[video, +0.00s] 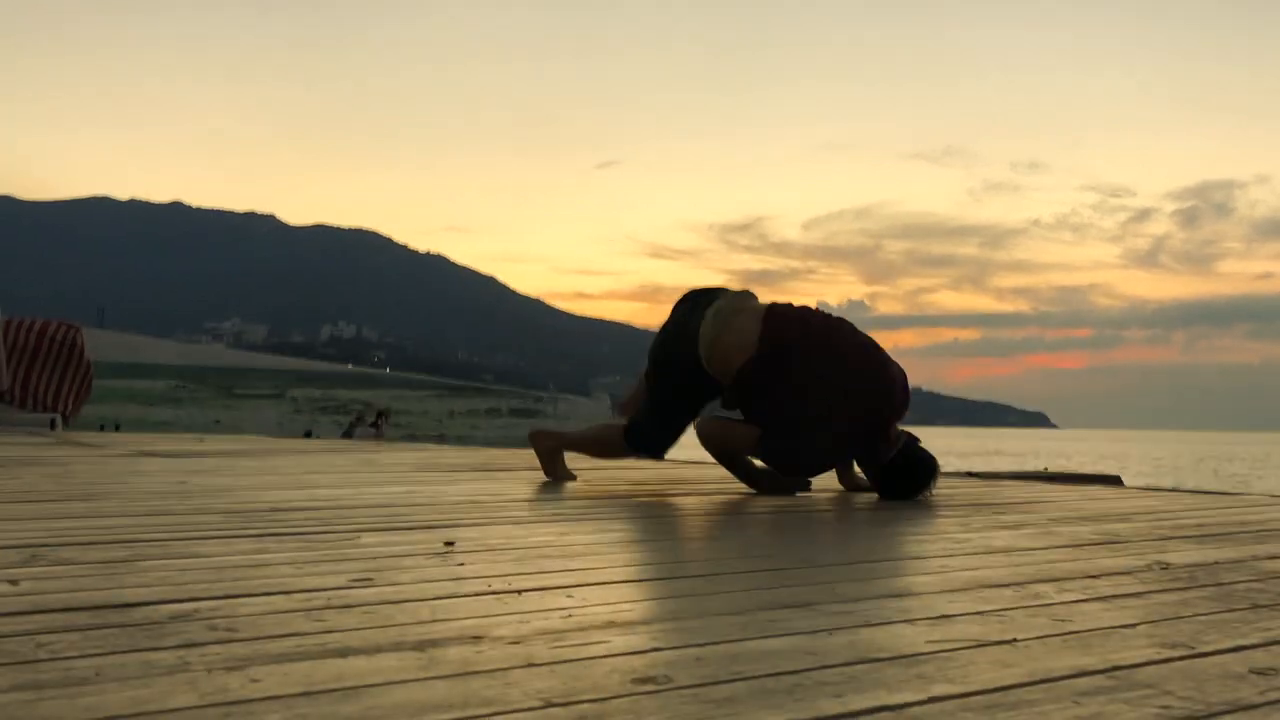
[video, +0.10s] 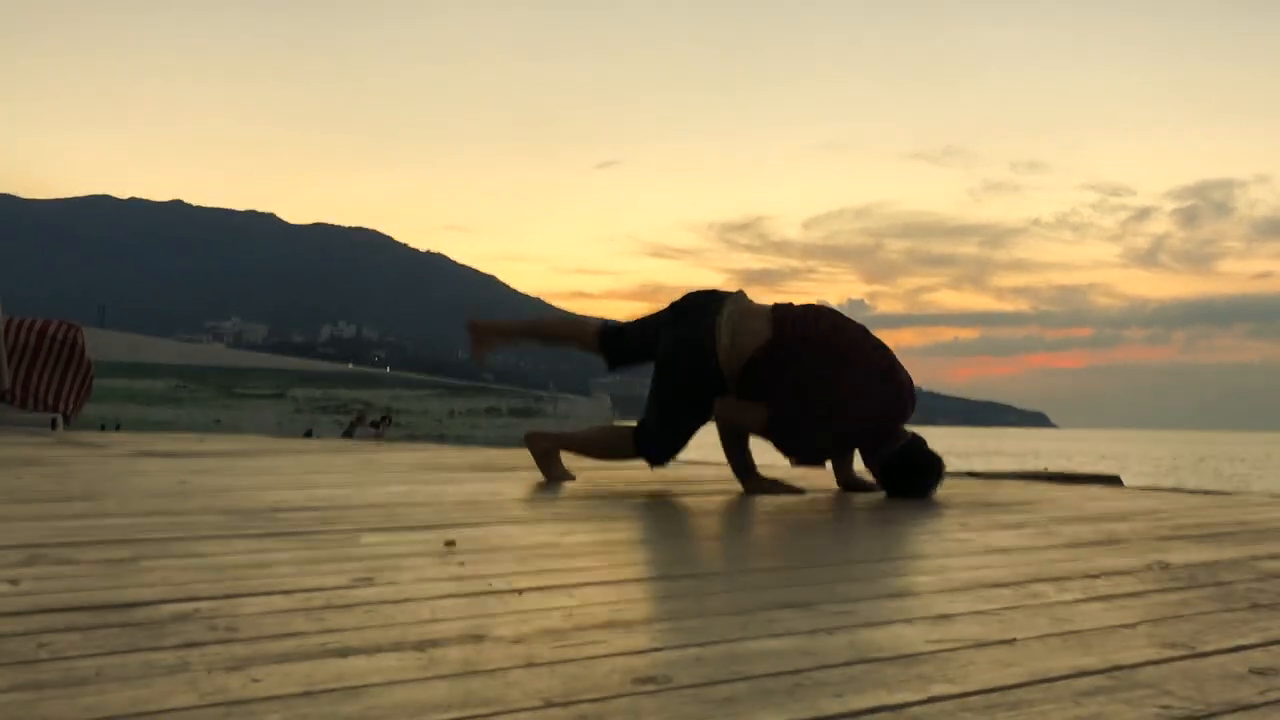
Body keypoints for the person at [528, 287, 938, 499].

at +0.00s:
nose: (868, 479)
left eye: (875, 479)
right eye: (877, 479)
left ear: (902, 437)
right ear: (888, 468)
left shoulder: (893, 387)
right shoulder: (812, 445)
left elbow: (833, 412)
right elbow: (711, 434)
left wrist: (847, 472)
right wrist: (761, 484)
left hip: (719, 304)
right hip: (698, 356)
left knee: (667, 366)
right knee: (641, 439)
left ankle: (632, 403)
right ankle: (552, 440)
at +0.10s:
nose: (880, 482)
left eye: (894, 482)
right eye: (891, 486)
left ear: (905, 438)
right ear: (886, 468)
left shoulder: (895, 387)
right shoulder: (828, 428)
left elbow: (834, 405)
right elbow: (724, 415)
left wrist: (844, 475)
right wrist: (749, 480)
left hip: (718, 306)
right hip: (704, 362)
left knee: (612, 340)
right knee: (652, 445)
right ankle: (549, 441)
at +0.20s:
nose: (885, 472)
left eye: (893, 469)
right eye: (896, 471)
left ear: (910, 439)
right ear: (900, 461)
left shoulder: (882, 396)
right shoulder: (861, 423)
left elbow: (804, 437)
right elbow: (746, 407)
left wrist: (842, 473)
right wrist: (753, 483)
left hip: (719, 309)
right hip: (718, 365)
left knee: (589, 292)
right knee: (634, 431)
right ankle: (541, 442)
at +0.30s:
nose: (848, 462)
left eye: (860, 461)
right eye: (861, 462)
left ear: (870, 435)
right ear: (870, 454)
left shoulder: (833, 396)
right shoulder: (835, 434)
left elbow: (746, 402)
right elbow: (751, 411)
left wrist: (755, 464)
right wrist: (753, 477)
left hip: (730, 304)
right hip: (728, 360)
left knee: (608, 244)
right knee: (617, 425)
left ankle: (648, 187)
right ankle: (503, 422)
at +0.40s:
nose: (775, 448)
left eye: (786, 458)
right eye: (790, 454)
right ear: (812, 434)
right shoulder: (805, 401)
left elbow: (695, 364)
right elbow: (743, 407)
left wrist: (666, 422)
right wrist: (753, 480)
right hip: (742, 361)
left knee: (638, 214)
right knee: (595, 401)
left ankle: (702, 141)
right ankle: (593, 369)